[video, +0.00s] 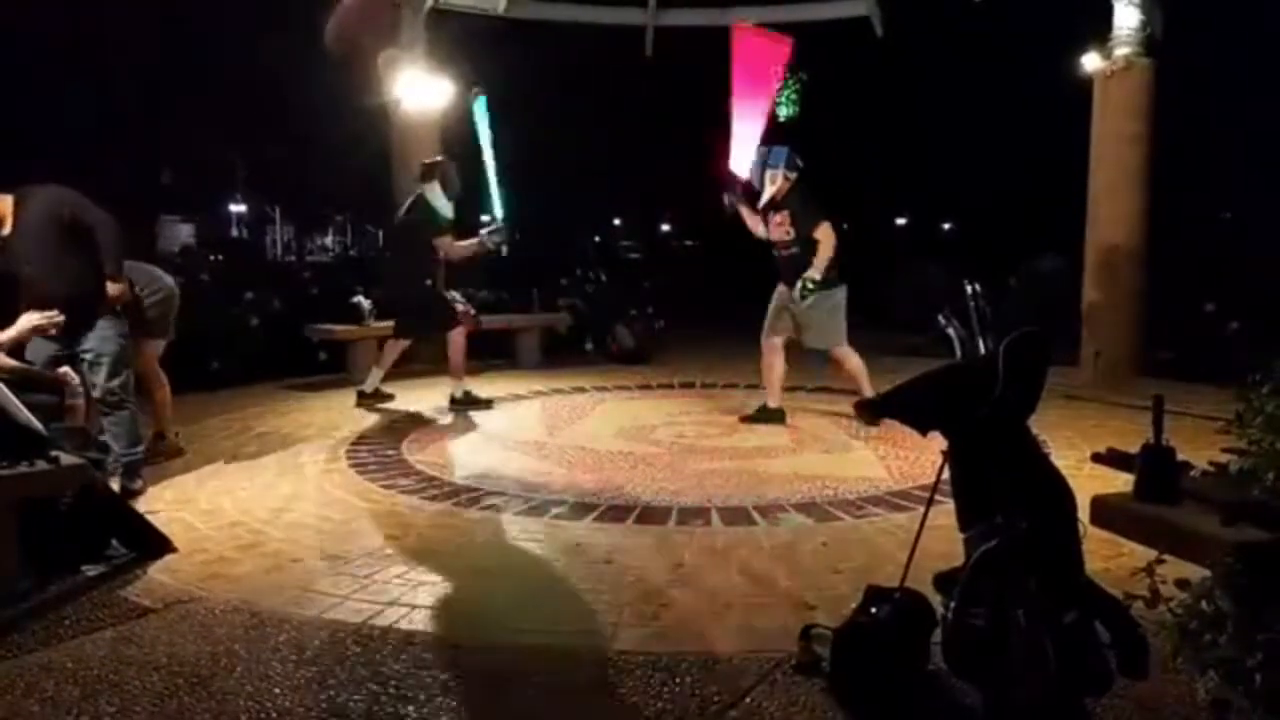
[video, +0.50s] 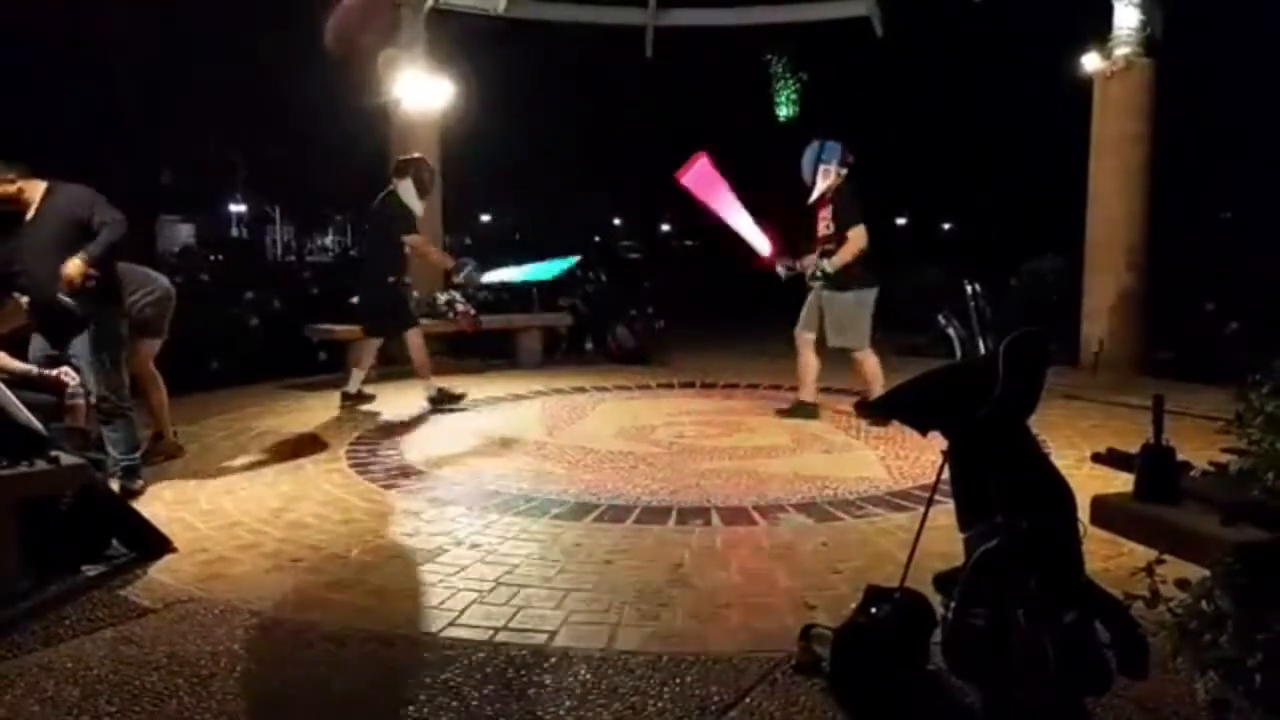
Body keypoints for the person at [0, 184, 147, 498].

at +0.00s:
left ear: (4, 200)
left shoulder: (48, 201)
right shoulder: (5, 247)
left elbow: (105, 226)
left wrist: (114, 276)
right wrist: (16, 330)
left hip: (94, 313)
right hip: (42, 326)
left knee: (110, 393)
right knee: (36, 396)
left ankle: (127, 469)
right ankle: (56, 473)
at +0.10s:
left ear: (6, 196)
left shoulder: (50, 201)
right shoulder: (5, 241)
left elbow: (105, 228)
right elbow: (8, 295)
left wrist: (113, 277)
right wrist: (17, 327)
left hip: (92, 314)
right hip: (40, 326)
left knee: (109, 394)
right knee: (35, 398)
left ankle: (125, 470)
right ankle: (54, 474)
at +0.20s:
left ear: (4, 193)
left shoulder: (54, 201)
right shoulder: (6, 241)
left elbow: (107, 227)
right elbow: (9, 290)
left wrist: (109, 277)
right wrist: (19, 324)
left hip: (91, 318)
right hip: (43, 327)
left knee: (108, 396)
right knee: (40, 401)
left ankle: (125, 470)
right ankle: (54, 475)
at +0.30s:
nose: (1, 214)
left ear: (5, 190)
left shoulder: (60, 201)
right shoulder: (7, 238)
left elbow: (112, 226)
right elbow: (10, 285)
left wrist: (104, 272)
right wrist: (22, 314)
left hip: (91, 317)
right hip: (46, 325)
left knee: (107, 398)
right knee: (40, 400)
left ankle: (125, 471)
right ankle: (55, 474)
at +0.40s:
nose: (2, 207)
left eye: (2, 200)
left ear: (10, 187)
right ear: (4, 193)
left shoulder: (66, 199)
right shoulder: (7, 231)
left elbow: (114, 225)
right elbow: (7, 282)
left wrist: (95, 266)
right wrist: (15, 310)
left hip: (89, 316)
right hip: (45, 325)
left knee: (105, 395)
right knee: (43, 401)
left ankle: (126, 471)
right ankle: (62, 473)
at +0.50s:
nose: (5, 200)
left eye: (4, 193)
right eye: (2, 195)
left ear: (16, 182)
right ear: (8, 189)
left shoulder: (72, 198)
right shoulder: (15, 223)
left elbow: (116, 225)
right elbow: (15, 272)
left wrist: (84, 259)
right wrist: (17, 296)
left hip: (91, 314)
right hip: (47, 321)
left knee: (106, 396)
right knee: (42, 399)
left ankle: (126, 471)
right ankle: (60, 472)